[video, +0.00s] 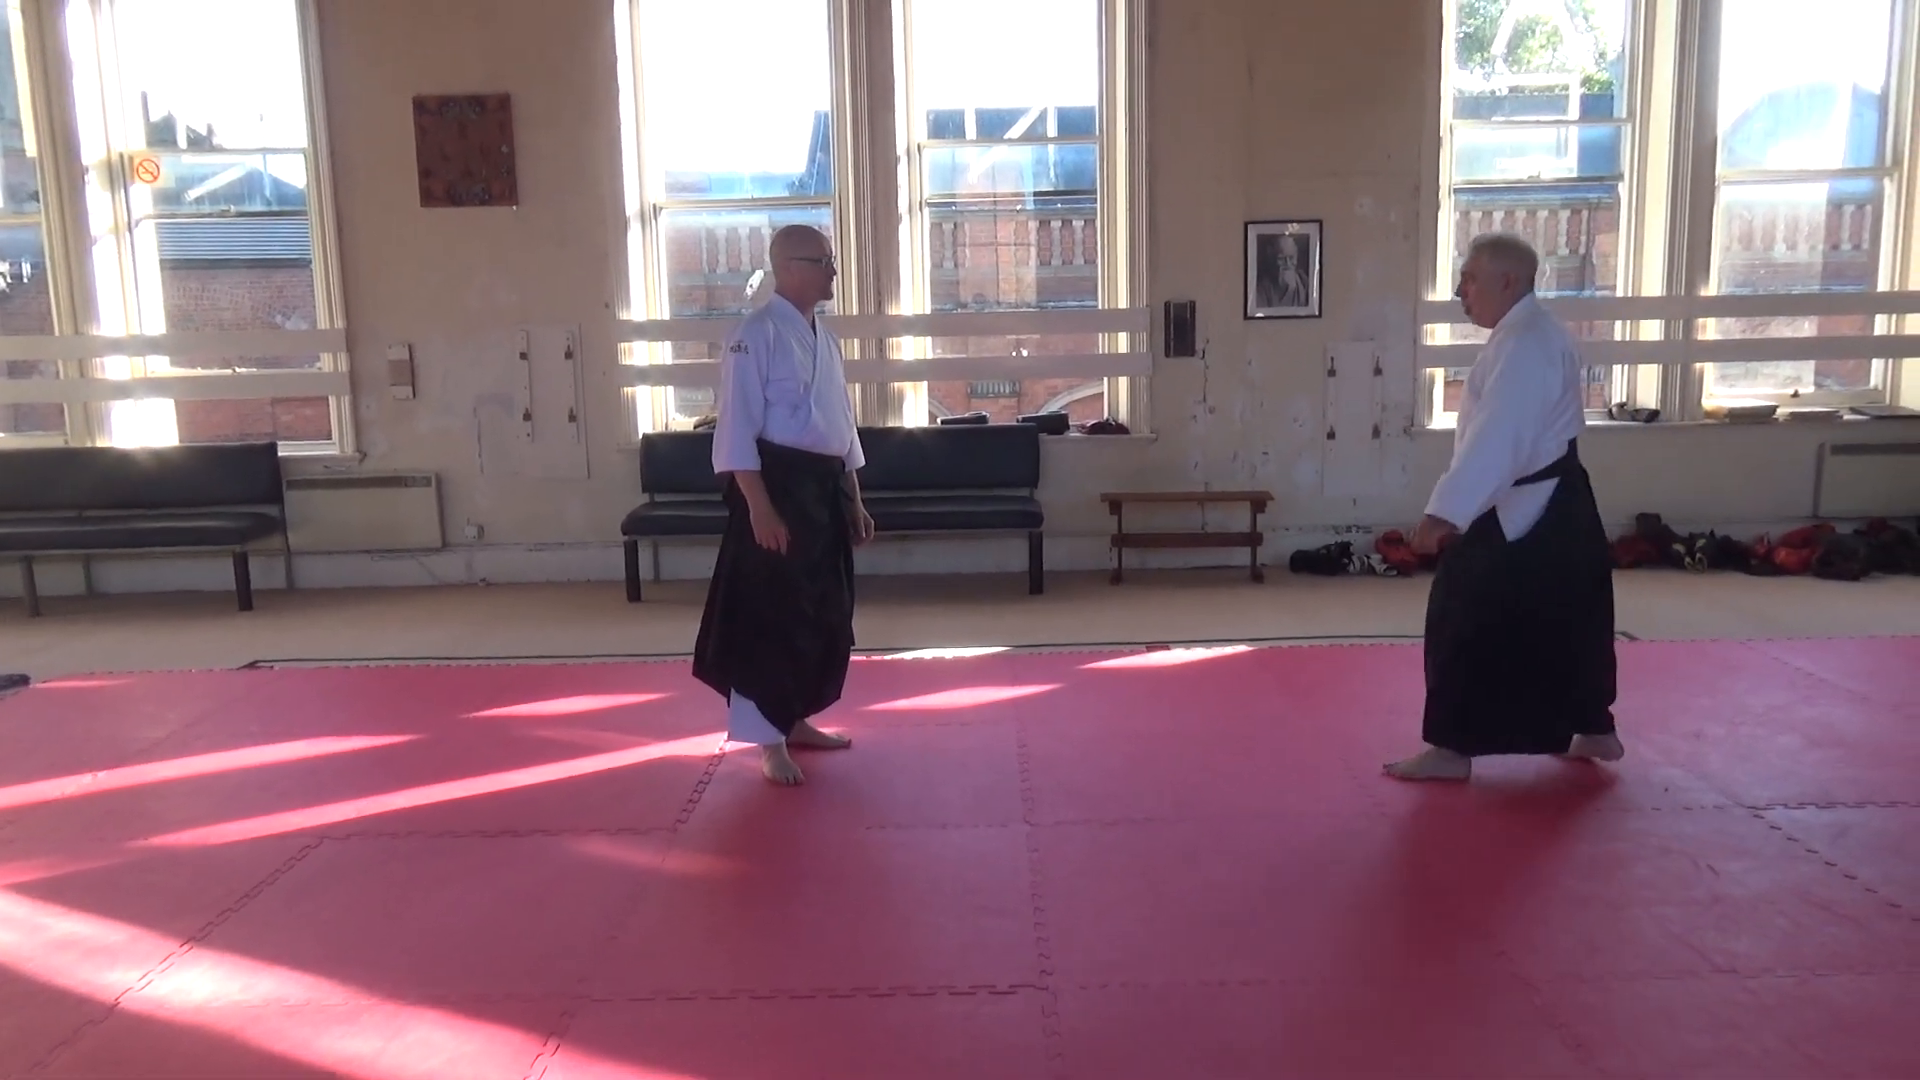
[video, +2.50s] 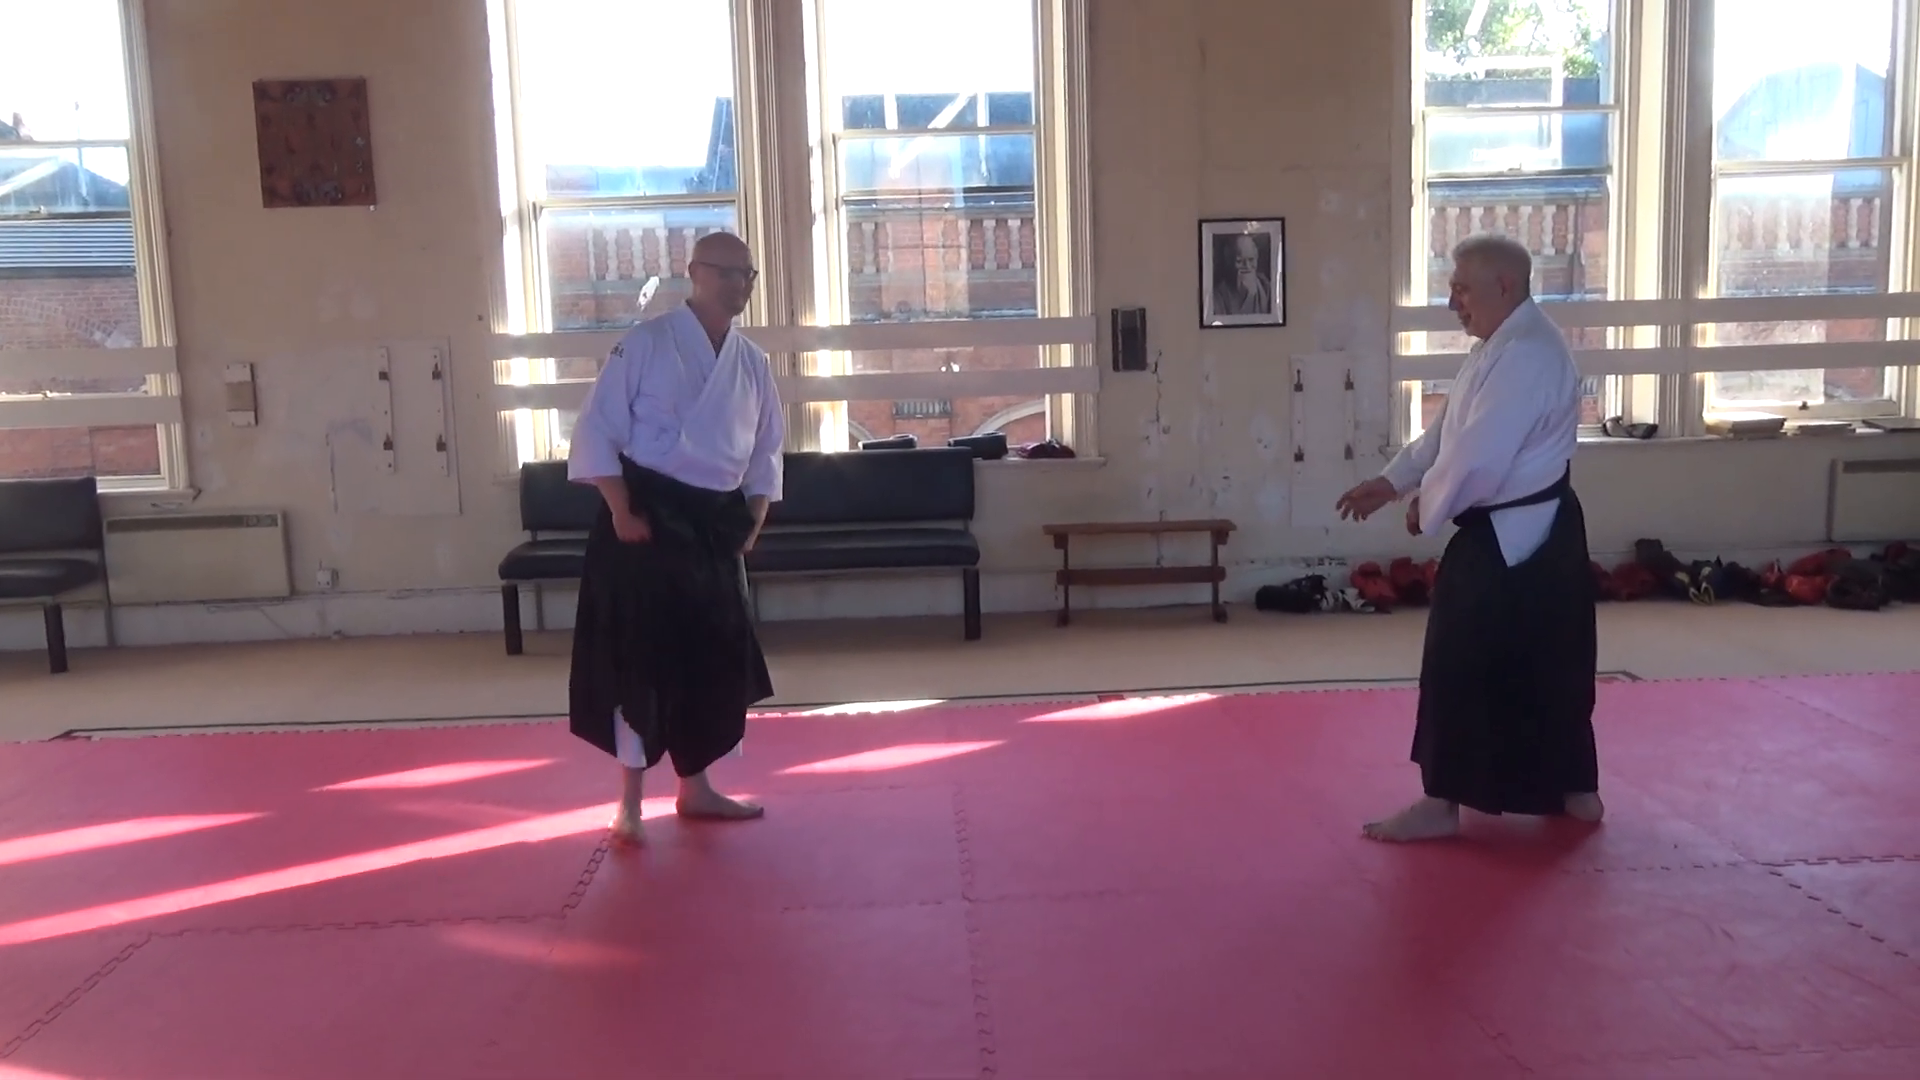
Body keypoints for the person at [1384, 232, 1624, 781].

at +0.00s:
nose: (1461, 290)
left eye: (1470, 278)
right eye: (1462, 278)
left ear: (1508, 282)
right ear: (1513, 283)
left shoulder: (1523, 343)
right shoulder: (1538, 330)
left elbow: (1495, 440)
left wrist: (1441, 514)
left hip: (1522, 505)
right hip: (1560, 499)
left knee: (1457, 616)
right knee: (1575, 614)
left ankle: (1450, 748)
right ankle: (1596, 730)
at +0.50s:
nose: (1449, 265)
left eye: (1459, 253)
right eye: (1450, 253)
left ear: (1498, 255)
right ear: (1503, 257)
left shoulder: (1511, 315)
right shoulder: (1531, 305)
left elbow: (1509, 419)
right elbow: (1531, 407)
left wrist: (1472, 503)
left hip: (1505, 483)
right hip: (1549, 477)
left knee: (1453, 611)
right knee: (1559, 605)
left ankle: (1442, 740)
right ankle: (1575, 727)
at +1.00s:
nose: (1497, 246)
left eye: (1508, 234)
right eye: (1501, 233)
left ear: (1548, 241)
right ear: (1555, 242)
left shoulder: (1558, 303)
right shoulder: (1579, 294)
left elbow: (1560, 406)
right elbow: (1578, 401)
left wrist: (1520, 488)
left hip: (1531, 487)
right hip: (1578, 481)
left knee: (1490, 625)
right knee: (1585, 618)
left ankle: (1467, 760)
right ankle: (1605, 746)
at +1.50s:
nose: (1477, 269)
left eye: (1487, 258)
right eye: (1479, 257)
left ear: (1528, 262)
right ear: (1531, 263)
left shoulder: (1543, 317)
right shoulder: (1556, 309)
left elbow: (1497, 360)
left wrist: (1433, 394)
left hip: (1514, 504)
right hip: (1555, 497)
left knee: (1460, 634)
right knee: (1567, 633)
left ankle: (1451, 776)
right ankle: (1586, 764)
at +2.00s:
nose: (1453, 288)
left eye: (1464, 277)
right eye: (1454, 277)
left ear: (1505, 277)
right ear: (1508, 279)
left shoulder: (1518, 345)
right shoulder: (1515, 335)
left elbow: (1481, 454)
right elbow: (1460, 438)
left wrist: (1415, 513)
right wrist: (1400, 486)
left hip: (1500, 523)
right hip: (1542, 514)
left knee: (1453, 654)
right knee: (1555, 649)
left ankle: (1438, 792)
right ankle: (1576, 779)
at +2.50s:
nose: (1452, 298)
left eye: (1462, 287)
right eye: (1453, 287)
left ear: (1504, 286)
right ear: (1502, 287)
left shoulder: (1524, 354)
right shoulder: (1499, 347)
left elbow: (1476, 458)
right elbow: (1446, 431)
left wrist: (1427, 508)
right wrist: (1389, 480)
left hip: (1506, 532)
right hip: (1535, 524)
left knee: (1453, 665)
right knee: (1552, 660)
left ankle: (1439, 803)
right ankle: (1577, 791)